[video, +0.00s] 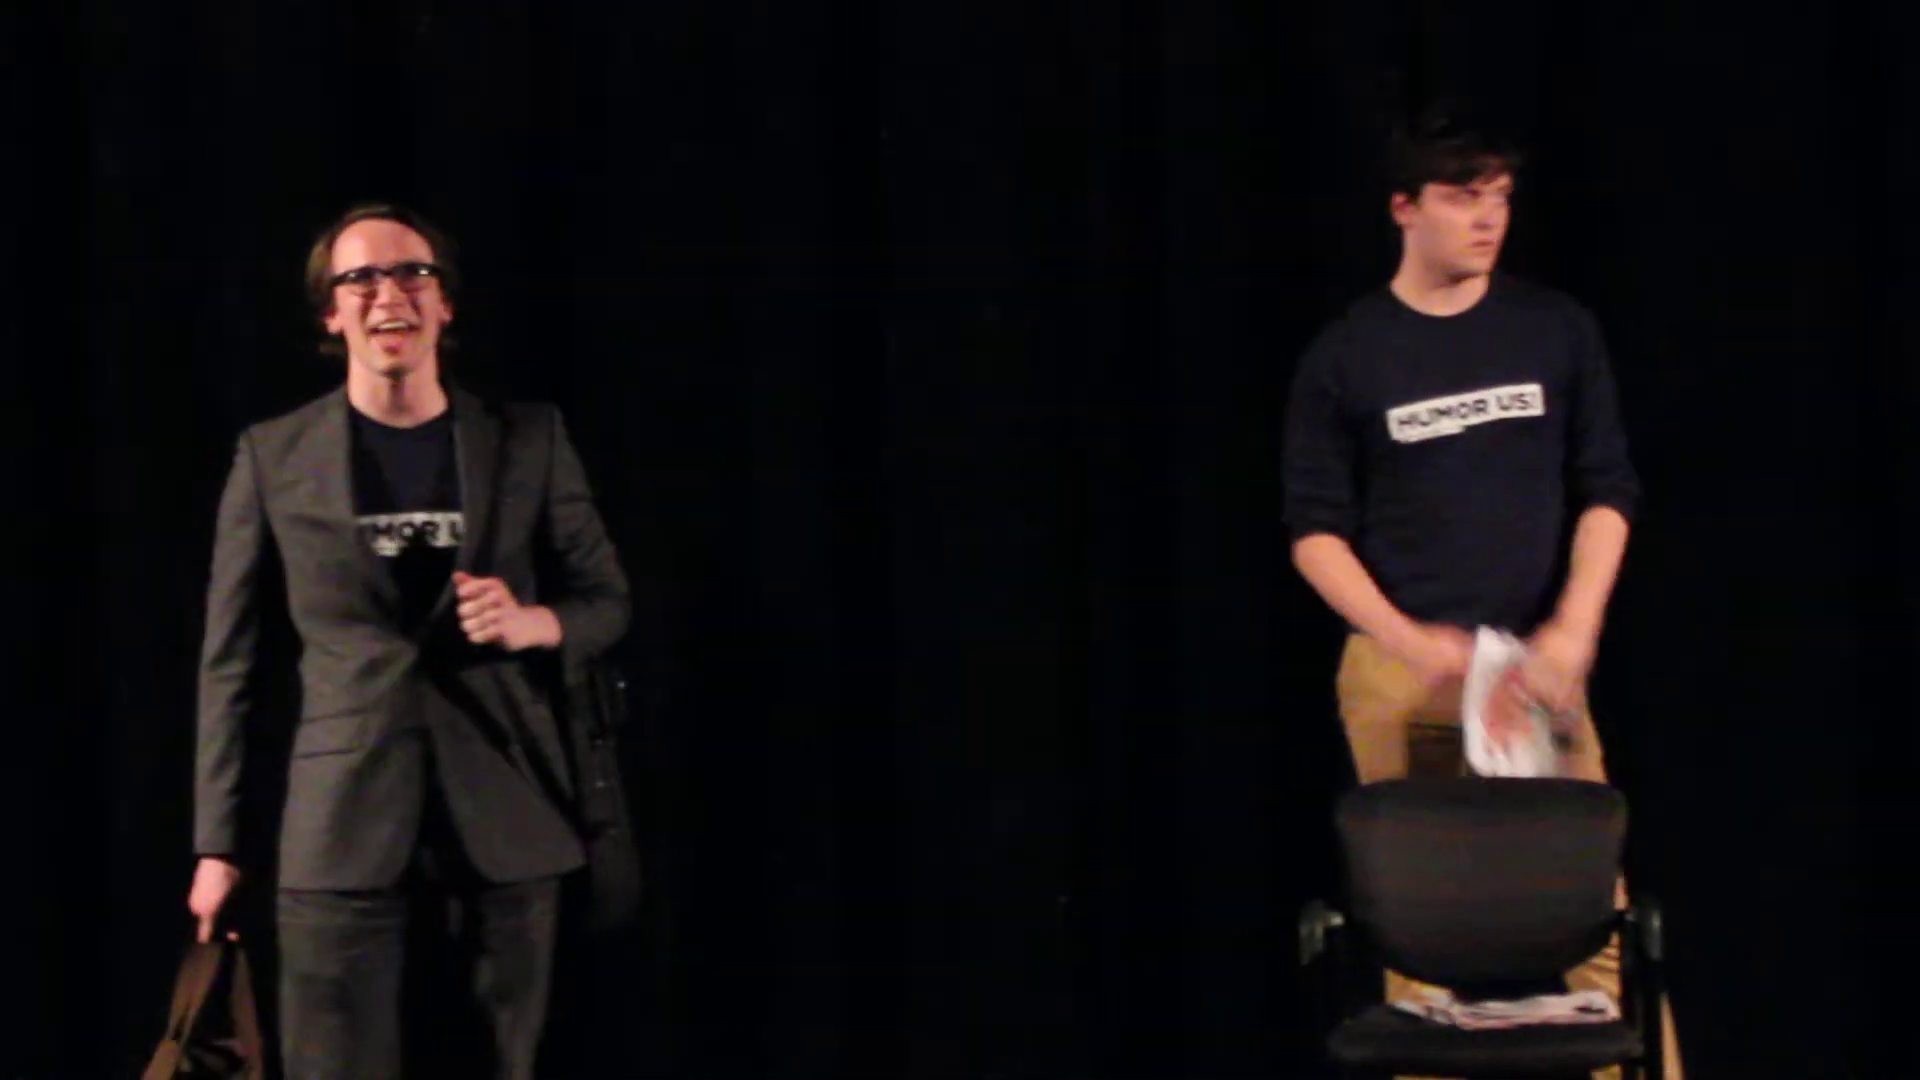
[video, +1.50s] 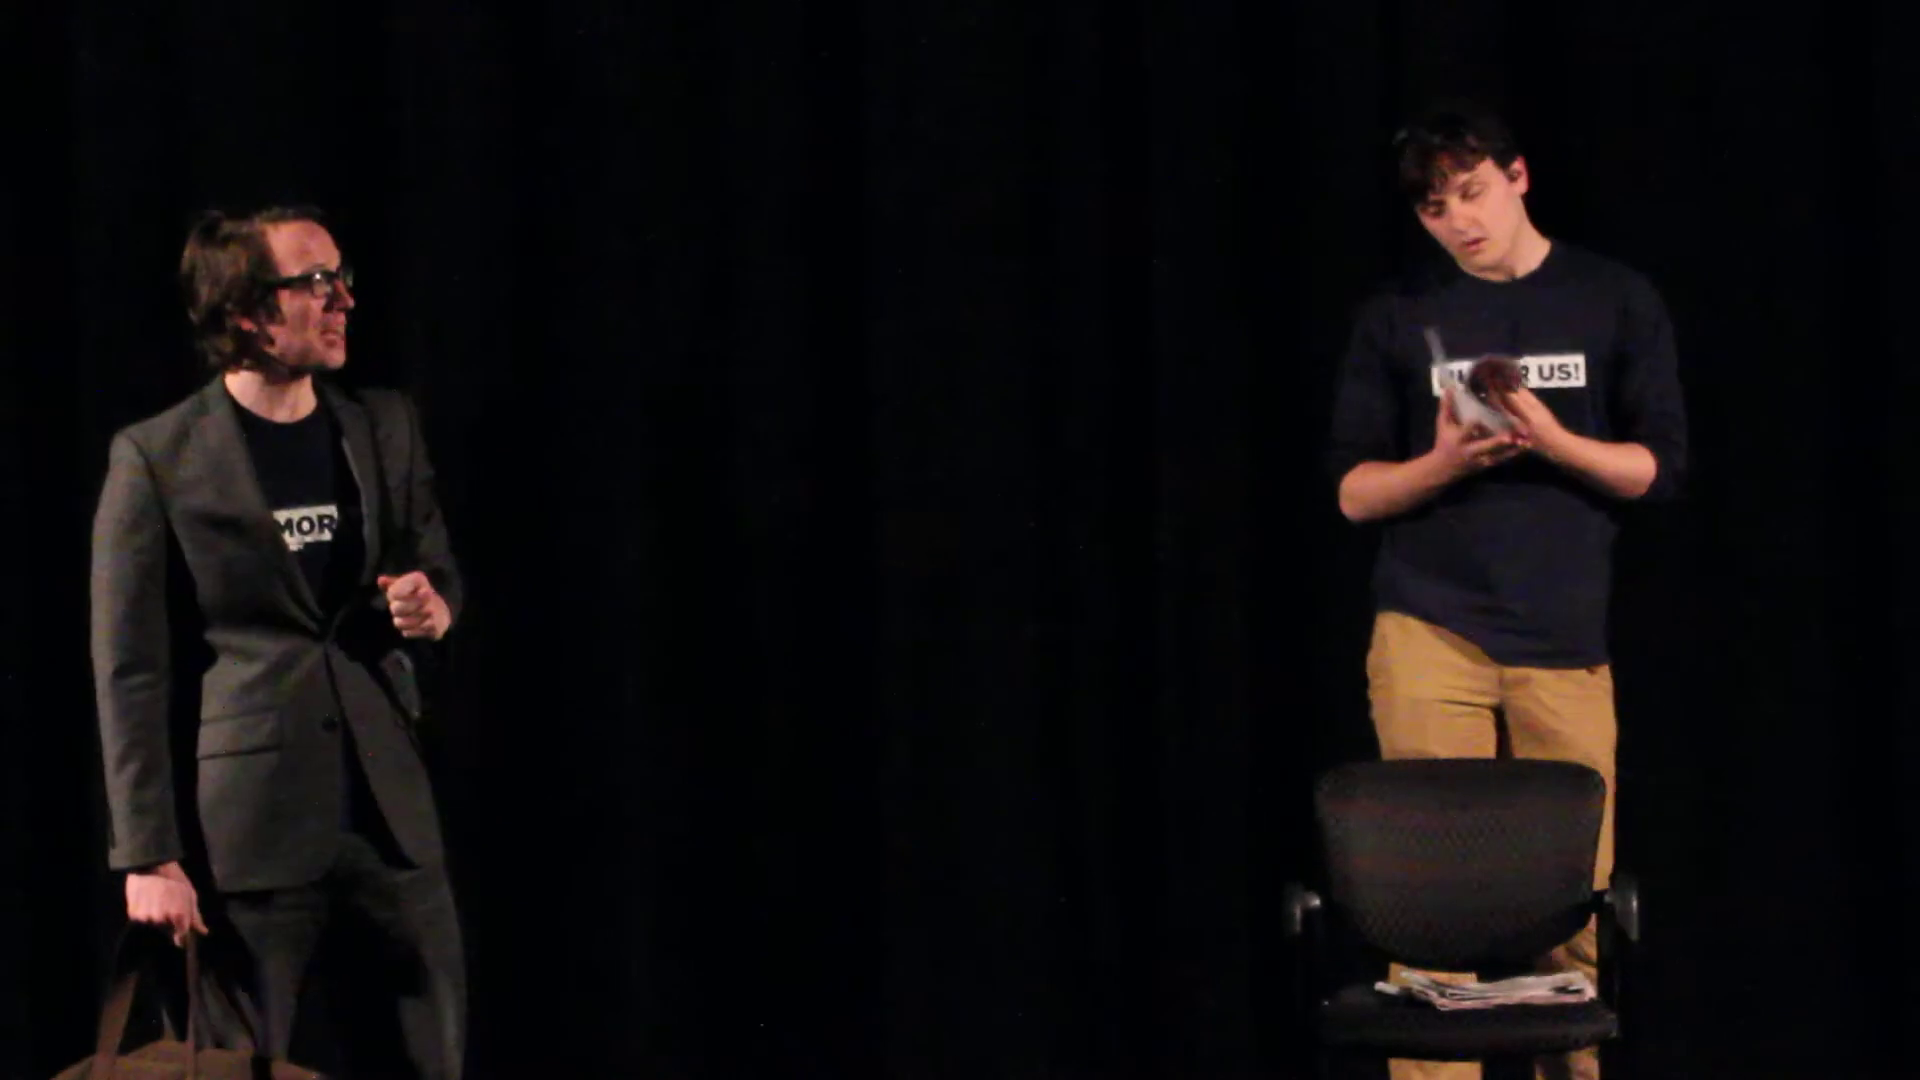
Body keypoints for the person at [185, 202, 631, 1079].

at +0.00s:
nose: (390, 297)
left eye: (410, 276)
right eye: (363, 281)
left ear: (445, 305)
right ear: (331, 314)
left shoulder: (530, 440)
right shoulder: (271, 457)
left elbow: (605, 602)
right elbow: (228, 665)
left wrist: (535, 622)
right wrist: (217, 844)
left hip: (510, 827)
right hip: (342, 833)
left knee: (510, 1064)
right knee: (334, 1067)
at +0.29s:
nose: (441, 299)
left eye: (455, 280)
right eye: (411, 285)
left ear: (476, 301)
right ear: (363, 322)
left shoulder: (541, 443)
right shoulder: (302, 469)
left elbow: (604, 597)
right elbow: (270, 681)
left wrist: (576, 621)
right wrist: (267, 865)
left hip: (541, 825)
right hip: (394, 836)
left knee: (548, 1062)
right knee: (396, 1064)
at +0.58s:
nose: (403, 304)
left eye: (401, 285)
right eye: (375, 291)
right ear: (309, 327)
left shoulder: (443, 438)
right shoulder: (230, 473)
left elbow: (489, 580)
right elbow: (199, 688)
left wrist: (486, 614)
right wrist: (206, 872)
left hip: (452, 810)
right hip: (320, 826)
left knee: (506, 1047)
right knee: (310, 1059)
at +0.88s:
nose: (395, 300)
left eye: (391, 280)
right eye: (367, 287)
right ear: (298, 324)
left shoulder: (425, 428)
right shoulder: (211, 464)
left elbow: (489, 568)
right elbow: (166, 671)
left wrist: (487, 605)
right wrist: (177, 857)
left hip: (437, 811)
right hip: (302, 825)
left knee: (468, 1048)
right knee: (303, 1064)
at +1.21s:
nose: (373, 300)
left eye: (370, 280)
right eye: (346, 287)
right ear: (278, 321)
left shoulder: (403, 426)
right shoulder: (182, 461)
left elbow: (433, 574)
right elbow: (150, 670)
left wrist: (456, 607)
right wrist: (170, 851)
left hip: (408, 778)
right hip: (279, 796)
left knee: (467, 1003)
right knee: (281, 1039)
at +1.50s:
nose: (342, 295)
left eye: (340, 276)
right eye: (314, 282)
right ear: (244, 316)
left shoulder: (385, 425)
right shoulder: (154, 457)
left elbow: (444, 581)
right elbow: (130, 672)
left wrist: (435, 606)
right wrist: (149, 854)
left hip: (392, 800)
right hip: (249, 815)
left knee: (436, 1049)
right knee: (248, 1066)